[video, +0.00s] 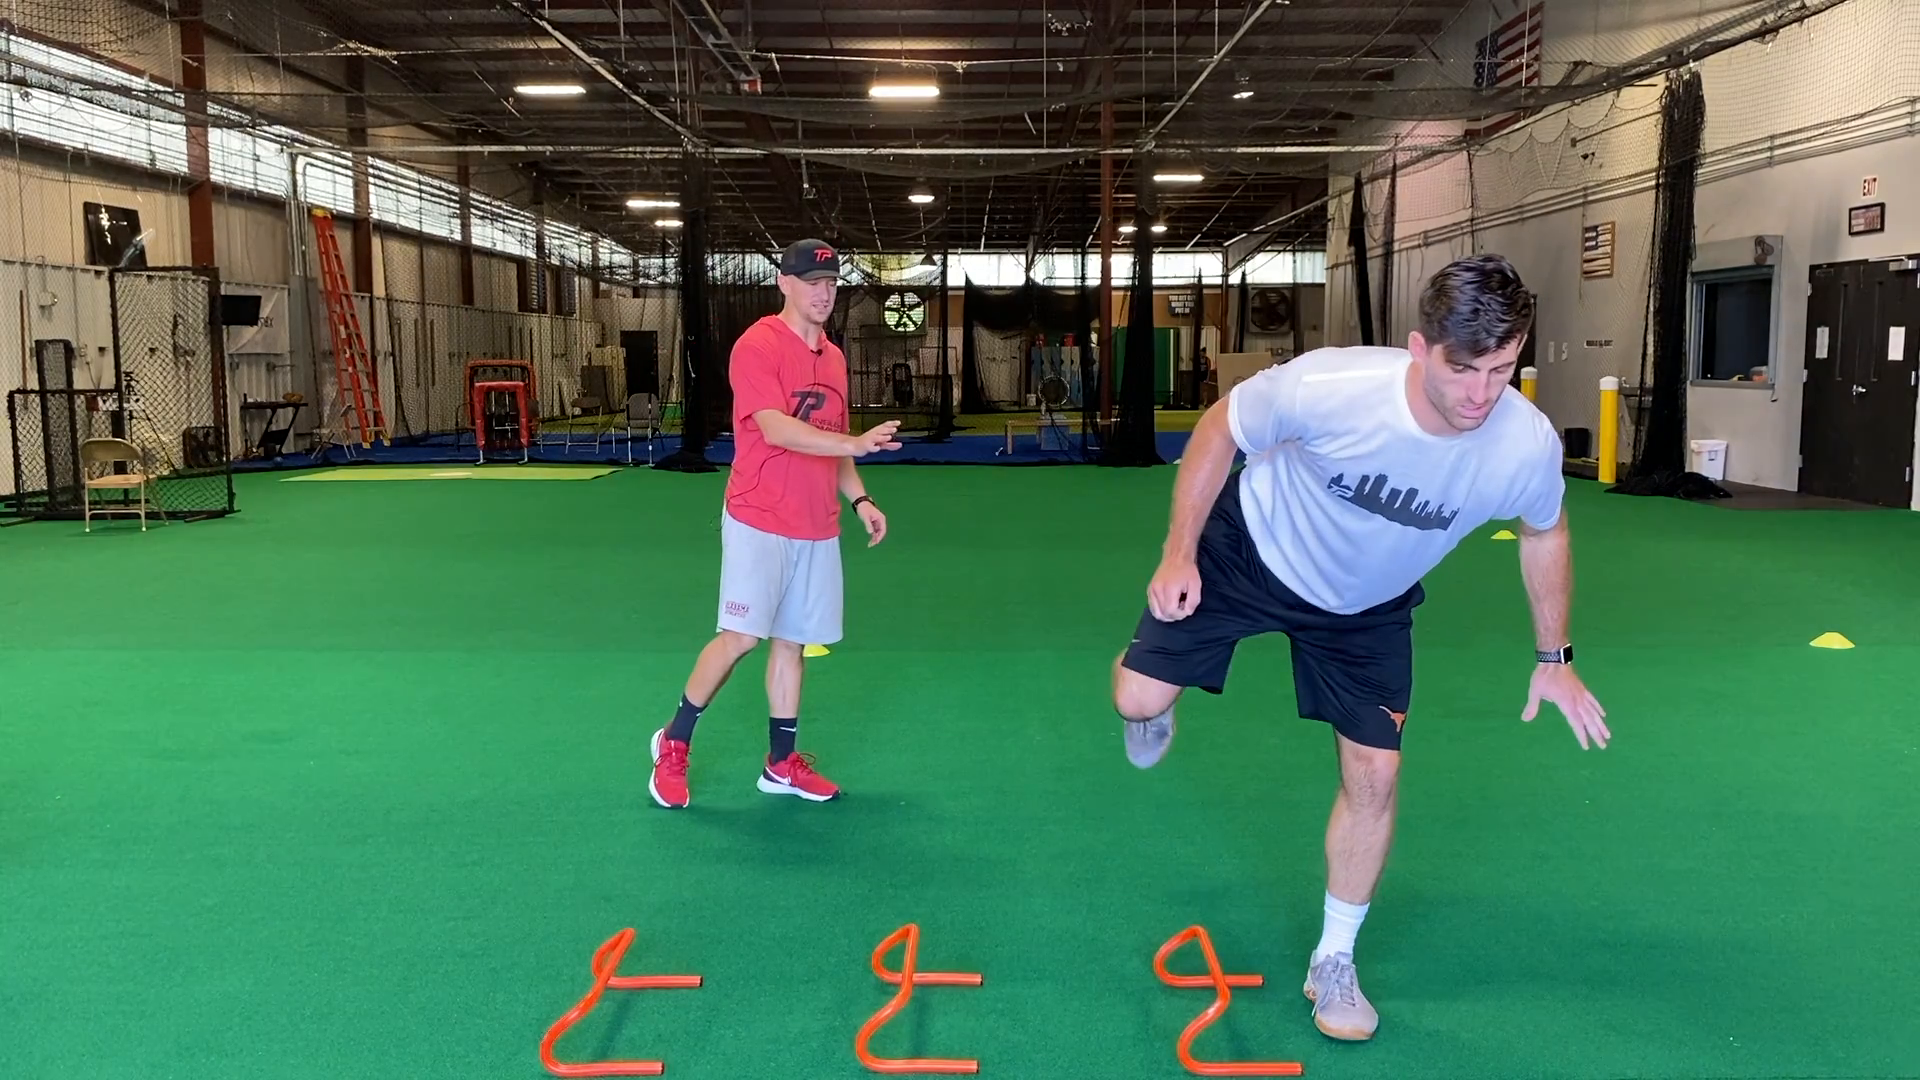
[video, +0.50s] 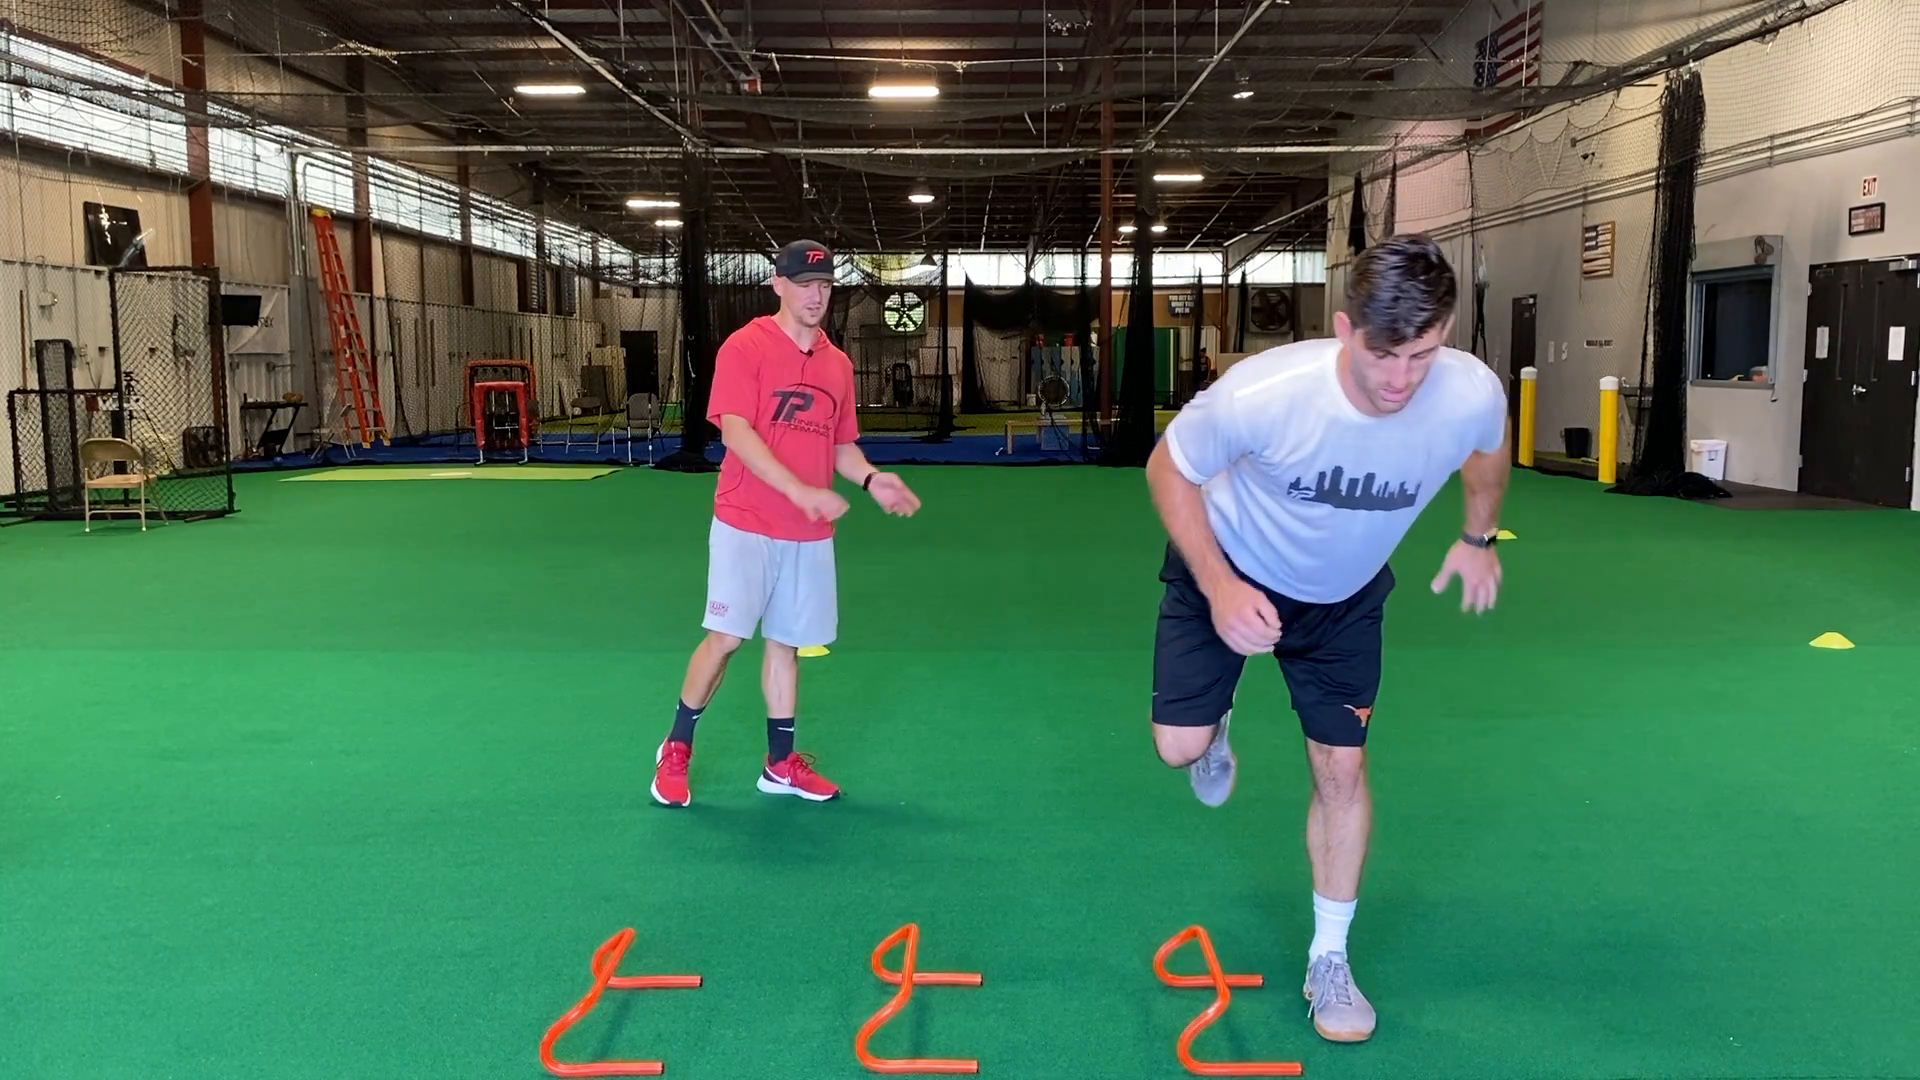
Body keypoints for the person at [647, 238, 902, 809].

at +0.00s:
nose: (825, 292)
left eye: (831, 282)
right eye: (813, 281)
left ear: (836, 288)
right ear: (784, 285)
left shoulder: (833, 357)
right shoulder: (757, 345)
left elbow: (834, 440)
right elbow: (774, 428)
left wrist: (860, 500)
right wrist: (852, 444)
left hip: (814, 523)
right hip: (758, 518)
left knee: (791, 639)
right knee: (742, 633)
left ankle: (782, 761)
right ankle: (674, 740)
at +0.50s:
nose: (816, 294)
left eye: (823, 285)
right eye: (805, 283)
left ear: (832, 291)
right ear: (779, 285)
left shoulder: (838, 364)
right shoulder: (745, 347)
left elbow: (842, 447)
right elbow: (735, 430)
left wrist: (875, 478)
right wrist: (799, 489)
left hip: (807, 525)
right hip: (745, 519)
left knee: (785, 640)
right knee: (727, 633)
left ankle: (781, 762)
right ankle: (677, 747)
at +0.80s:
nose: (784, 296)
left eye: (794, 286)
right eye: (774, 285)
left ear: (806, 290)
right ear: (753, 287)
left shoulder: (829, 362)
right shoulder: (717, 351)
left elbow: (853, 446)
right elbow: (687, 443)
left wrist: (875, 428)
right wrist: (673, 526)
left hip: (791, 534)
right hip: (718, 529)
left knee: (780, 646)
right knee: (694, 642)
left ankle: (781, 762)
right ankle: (669, 764)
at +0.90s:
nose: (766, 297)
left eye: (775, 286)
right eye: (754, 287)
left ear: (789, 288)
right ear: (735, 288)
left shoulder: (818, 360)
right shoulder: (701, 354)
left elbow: (846, 445)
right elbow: (668, 436)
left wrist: (862, 419)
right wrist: (647, 516)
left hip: (783, 534)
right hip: (708, 530)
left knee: (776, 646)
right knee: (690, 643)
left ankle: (781, 762)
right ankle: (667, 767)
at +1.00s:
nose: (740, 295)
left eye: (749, 284)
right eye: (728, 286)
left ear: (765, 284)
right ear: (710, 290)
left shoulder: (800, 357)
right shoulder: (682, 357)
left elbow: (826, 446)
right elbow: (652, 434)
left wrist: (848, 428)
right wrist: (639, 506)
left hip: (770, 534)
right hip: (695, 531)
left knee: (770, 647)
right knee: (681, 644)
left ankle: (781, 761)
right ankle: (664, 768)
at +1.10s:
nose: (710, 295)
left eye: (719, 282)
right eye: (697, 287)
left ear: (737, 282)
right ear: (682, 292)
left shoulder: (778, 355)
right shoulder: (662, 358)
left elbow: (803, 436)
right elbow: (640, 434)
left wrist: (831, 451)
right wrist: (641, 489)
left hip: (753, 533)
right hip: (678, 531)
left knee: (762, 647)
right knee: (671, 645)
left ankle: (781, 762)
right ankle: (663, 770)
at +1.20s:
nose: (682, 294)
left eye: (691, 281)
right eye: (670, 285)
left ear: (712, 279)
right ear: (659, 291)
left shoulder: (758, 352)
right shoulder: (645, 358)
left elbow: (792, 433)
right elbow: (626, 433)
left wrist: (774, 454)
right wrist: (636, 461)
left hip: (735, 531)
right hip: (660, 531)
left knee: (755, 644)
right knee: (661, 645)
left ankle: (780, 760)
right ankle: (661, 769)